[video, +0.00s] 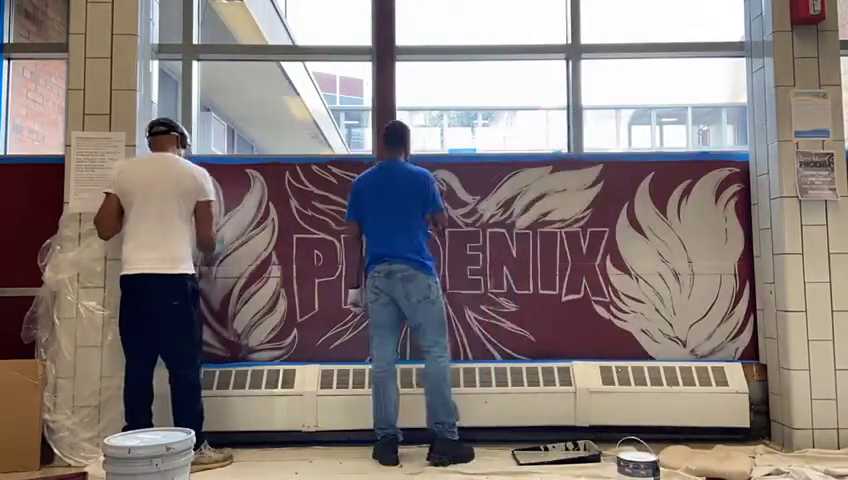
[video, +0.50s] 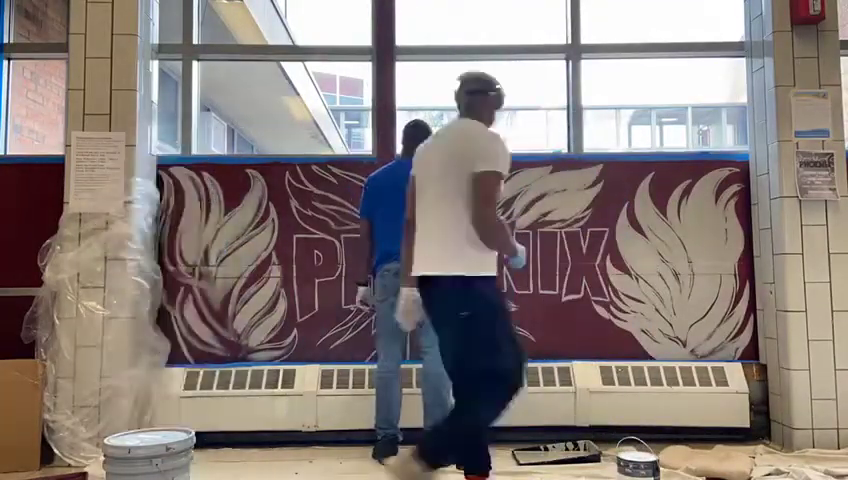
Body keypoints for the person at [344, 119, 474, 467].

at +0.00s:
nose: (398, 151)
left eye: (383, 144)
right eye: (406, 145)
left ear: (380, 145)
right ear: (408, 146)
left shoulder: (361, 182)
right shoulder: (422, 177)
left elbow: (355, 231)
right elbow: (440, 220)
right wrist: (417, 211)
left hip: (377, 275)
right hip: (416, 273)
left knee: (382, 358)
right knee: (435, 352)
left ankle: (386, 442)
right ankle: (445, 439)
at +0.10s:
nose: (397, 150)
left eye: (385, 143)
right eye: (402, 144)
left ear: (378, 145)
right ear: (405, 145)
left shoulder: (359, 182)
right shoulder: (417, 176)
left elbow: (353, 232)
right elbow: (443, 203)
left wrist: (354, 282)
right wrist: (424, 191)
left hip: (374, 275)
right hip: (412, 273)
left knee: (381, 359)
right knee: (432, 353)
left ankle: (386, 443)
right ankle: (444, 440)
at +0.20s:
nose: (421, 153)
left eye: (413, 146)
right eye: (422, 148)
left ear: (392, 144)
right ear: (420, 147)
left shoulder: (369, 180)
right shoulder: (431, 179)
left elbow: (361, 232)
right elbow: (439, 227)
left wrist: (366, 273)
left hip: (383, 273)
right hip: (422, 273)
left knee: (386, 357)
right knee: (433, 354)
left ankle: (386, 443)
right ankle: (443, 442)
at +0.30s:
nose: (416, 154)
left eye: (408, 147)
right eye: (419, 149)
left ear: (390, 144)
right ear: (418, 149)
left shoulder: (364, 181)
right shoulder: (426, 179)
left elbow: (360, 230)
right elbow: (440, 223)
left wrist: (363, 278)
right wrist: (417, 200)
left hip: (378, 274)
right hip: (417, 272)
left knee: (383, 358)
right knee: (431, 354)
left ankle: (386, 443)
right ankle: (442, 442)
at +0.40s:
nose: (426, 151)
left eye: (415, 144)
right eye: (430, 145)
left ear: (405, 144)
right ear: (433, 146)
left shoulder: (379, 180)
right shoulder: (443, 180)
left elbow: (369, 232)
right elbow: (462, 221)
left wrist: (369, 279)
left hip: (390, 273)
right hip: (430, 272)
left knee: (388, 358)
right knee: (436, 354)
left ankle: (387, 442)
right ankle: (442, 442)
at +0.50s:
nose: (423, 147)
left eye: (418, 140)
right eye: (425, 142)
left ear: (402, 141)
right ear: (428, 145)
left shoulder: (377, 179)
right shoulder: (436, 176)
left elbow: (367, 233)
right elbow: (444, 228)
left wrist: (365, 280)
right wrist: (446, 270)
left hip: (389, 272)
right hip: (430, 272)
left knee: (388, 356)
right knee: (435, 354)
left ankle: (386, 437)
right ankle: (440, 436)